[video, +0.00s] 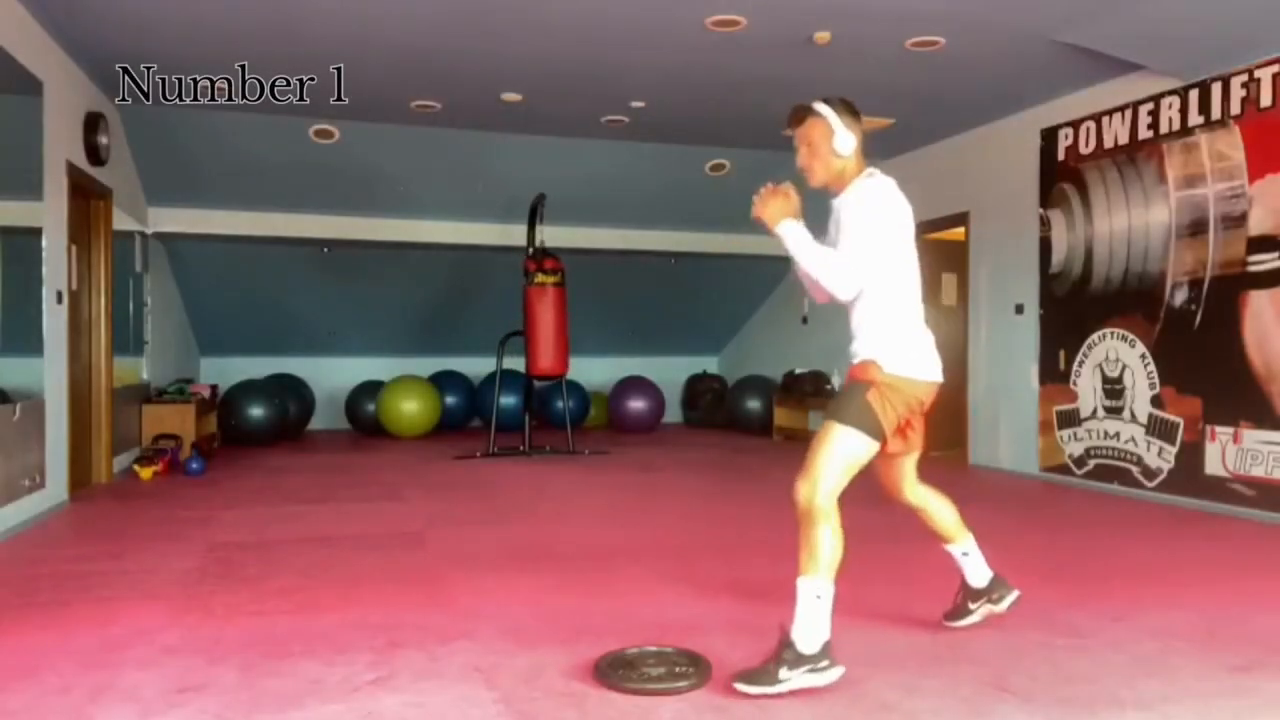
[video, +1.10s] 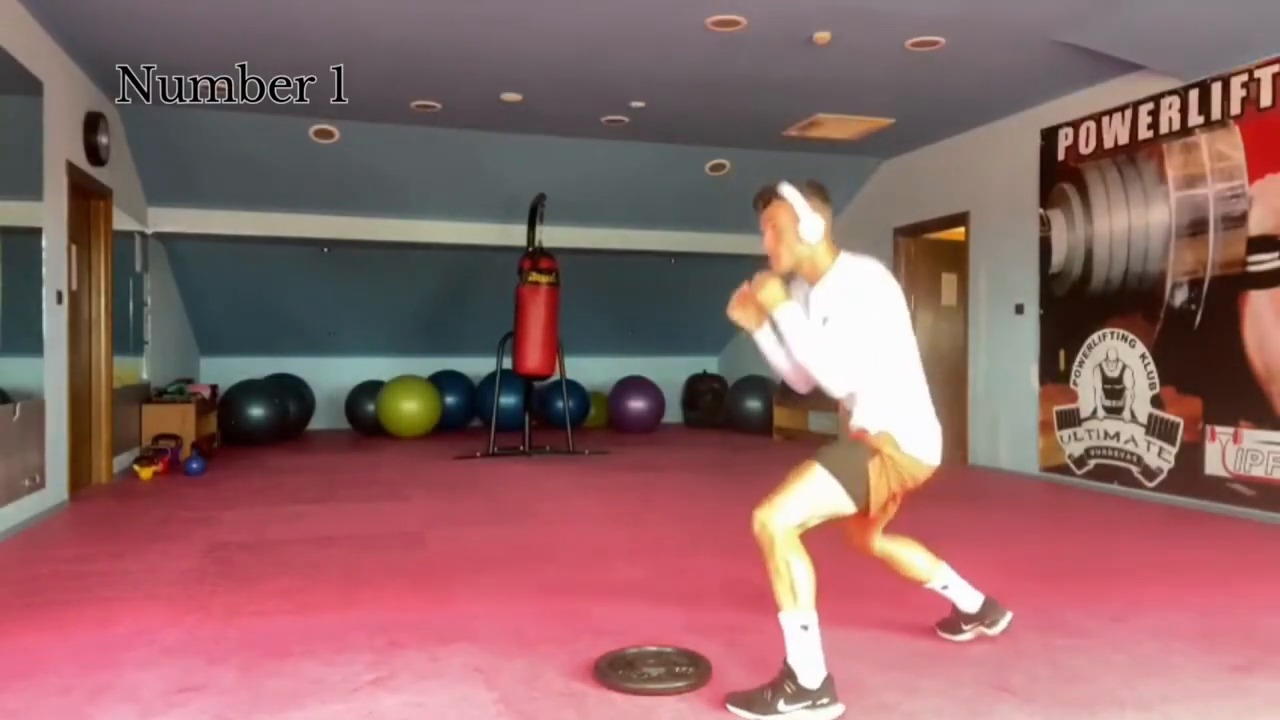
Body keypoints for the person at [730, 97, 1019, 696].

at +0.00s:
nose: (800, 159)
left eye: (807, 145)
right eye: (797, 147)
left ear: (841, 143)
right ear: (842, 148)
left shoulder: (864, 199)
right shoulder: (877, 196)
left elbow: (842, 282)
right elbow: (827, 289)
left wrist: (788, 225)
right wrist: (792, 232)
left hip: (888, 368)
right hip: (911, 368)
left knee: (815, 491)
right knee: (904, 483)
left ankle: (808, 649)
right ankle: (985, 584)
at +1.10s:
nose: (766, 245)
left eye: (775, 230)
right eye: (764, 232)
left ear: (810, 228)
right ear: (798, 233)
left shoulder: (862, 280)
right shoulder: (810, 291)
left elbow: (841, 380)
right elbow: (802, 379)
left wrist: (780, 309)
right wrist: (759, 327)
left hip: (898, 441)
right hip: (878, 437)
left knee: (774, 521)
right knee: (867, 536)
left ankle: (808, 680)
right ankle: (979, 607)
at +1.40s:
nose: (813, 225)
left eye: (815, 214)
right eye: (809, 216)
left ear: (840, 201)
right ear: (862, 196)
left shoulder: (874, 238)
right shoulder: (902, 237)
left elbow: (821, 312)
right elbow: (873, 337)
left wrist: (810, 235)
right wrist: (832, 258)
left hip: (922, 404)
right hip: (958, 406)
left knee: (822, 504)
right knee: (919, 504)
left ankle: (805, 661)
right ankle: (992, 617)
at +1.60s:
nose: (830, 175)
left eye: (833, 162)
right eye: (829, 163)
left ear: (862, 160)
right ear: (878, 159)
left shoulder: (900, 204)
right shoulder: (922, 201)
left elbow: (849, 270)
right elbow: (897, 301)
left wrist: (837, 199)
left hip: (946, 369)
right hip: (980, 371)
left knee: (851, 471)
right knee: (937, 478)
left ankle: (914, 612)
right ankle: (995, 595)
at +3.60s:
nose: (811, 200)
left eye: (815, 187)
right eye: (808, 188)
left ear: (841, 183)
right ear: (860, 184)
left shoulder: (862, 229)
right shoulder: (902, 230)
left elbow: (798, 292)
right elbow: (863, 328)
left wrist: (743, 239)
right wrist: (821, 260)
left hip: (907, 406)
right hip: (945, 405)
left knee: (830, 519)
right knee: (902, 508)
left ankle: (926, 644)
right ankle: (962, 619)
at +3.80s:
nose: (797, 199)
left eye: (805, 185)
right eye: (792, 188)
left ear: (839, 178)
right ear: (799, 191)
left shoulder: (877, 232)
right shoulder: (830, 244)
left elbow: (872, 322)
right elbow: (802, 314)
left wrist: (805, 262)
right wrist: (777, 258)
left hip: (908, 395)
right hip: (887, 393)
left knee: (831, 514)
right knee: (874, 518)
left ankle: (852, 676)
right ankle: (955, 613)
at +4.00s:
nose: (756, 195)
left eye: (766, 180)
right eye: (752, 184)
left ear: (799, 178)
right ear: (757, 189)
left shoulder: (859, 238)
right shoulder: (787, 249)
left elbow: (849, 337)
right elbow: (732, 309)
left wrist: (782, 262)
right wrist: (713, 254)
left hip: (882, 412)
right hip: (847, 411)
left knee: (781, 526)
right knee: (867, 525)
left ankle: (778, 696)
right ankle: (947, 611)